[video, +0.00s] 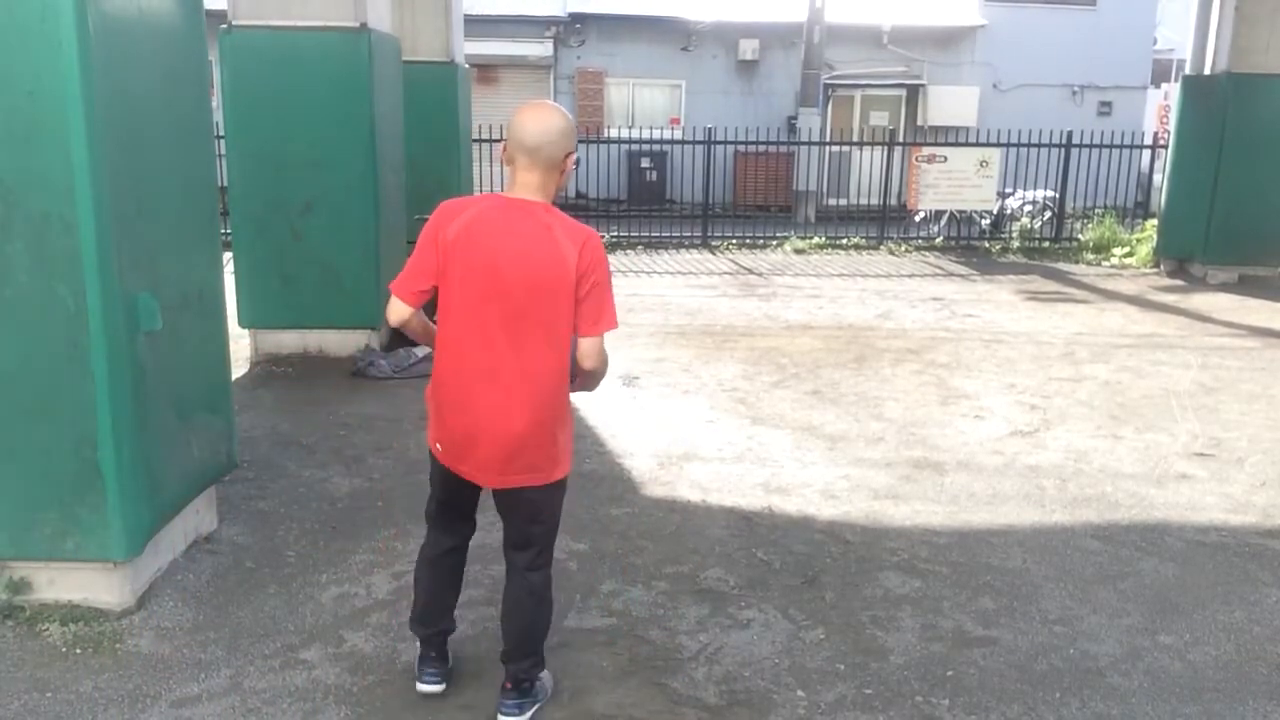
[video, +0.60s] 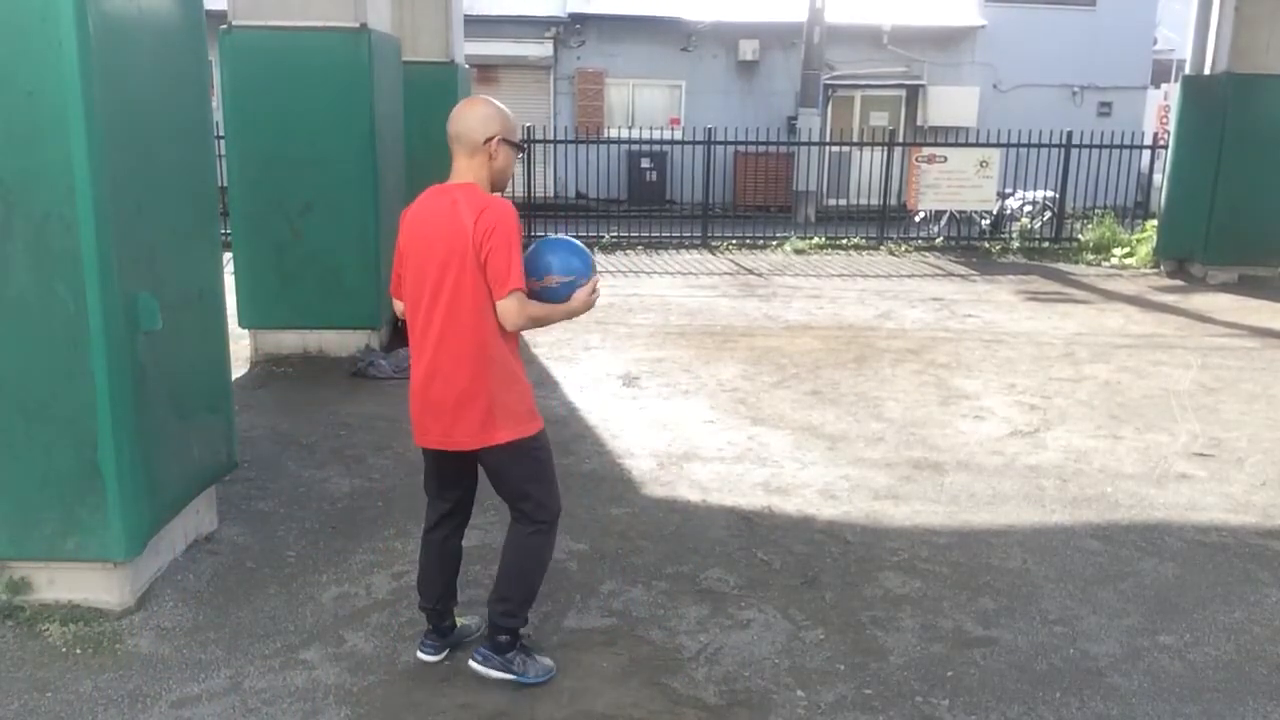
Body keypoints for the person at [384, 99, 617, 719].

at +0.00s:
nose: (573, 163)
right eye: (574, 156)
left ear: (504, 154)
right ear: (569, 165)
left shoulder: (452, 217)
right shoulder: (581, 243)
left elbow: (401, 311)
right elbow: (590, 361)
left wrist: (447, 343)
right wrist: (555, 373)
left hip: (457, 422)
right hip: (534, 433)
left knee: (445, 532)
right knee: (529, 558)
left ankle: (432, 659)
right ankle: (519, 683)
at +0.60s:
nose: (516, 161)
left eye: (516, 149)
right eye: (514, 148)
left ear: (461, 148)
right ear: (491, 146)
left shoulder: (416, 211)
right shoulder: (493, 212)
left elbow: (406, 305)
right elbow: (512, 314)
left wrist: (507, 291)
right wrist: (573, 307)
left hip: (433, 400)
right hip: (492, 401)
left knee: (444, 511)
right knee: (537, 510)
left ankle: (437, 630)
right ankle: (501, 642)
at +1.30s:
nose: (512, 176)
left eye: (514, 165)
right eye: (512, 163)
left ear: (458, 155)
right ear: (488, 158)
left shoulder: (418, 210)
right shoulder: (480, 220)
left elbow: (418, 280)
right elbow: (503, 318)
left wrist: (499, 262)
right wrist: (585, 328)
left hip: (434, 392)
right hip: (488, 392)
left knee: (463, 497)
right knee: (549, 476)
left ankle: (454, 614)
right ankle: (497, 592)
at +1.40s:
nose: (515, 181)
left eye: (517, 170)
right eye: (514, 168)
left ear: (467, 160)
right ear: (490, 162)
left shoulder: (419, 215)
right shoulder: (477, 223)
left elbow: (433, 287)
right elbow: (483, 322)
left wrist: (499, 273)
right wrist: (563, 359)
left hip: (433, 387)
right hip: (480, 383)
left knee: (464, 495)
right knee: (568, 429)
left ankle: (455, 614)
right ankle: (514, 539)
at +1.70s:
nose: (516, 164)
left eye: (517, 152)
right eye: (515, 151)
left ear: (463, 148)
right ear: (496, 149)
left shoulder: (424, 208)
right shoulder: (491, 214)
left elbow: (412, 288)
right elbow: (497, 311)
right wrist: (560, 378)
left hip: (440, 389)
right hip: (492, 387)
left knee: (465, 494)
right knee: (567, 465)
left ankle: (455, 616)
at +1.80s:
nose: (521, 174)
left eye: (520, 163)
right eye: (521, 163)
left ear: (465, 161)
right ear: (509, 163)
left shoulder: (426, 223)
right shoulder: (509, 230)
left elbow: (395, 303)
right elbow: (536, 328)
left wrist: (449, 330)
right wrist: (601, 375)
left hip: (461, 392)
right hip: (507, 401)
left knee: (506, 476)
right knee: (526, 512)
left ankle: (480, 557)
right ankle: (485, 630)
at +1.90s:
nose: (526, 175)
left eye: (524, 165)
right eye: (526, 165)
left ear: (469, 162)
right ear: (515, 165)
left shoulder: (424, 226)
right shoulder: (518, 232)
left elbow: (386, 310)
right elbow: (553, 325)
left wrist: (409, 361)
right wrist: (614, 362)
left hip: (463, 384)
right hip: (510, 396)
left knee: (564, 346)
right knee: (528, 507)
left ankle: (514, 470)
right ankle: (484, 630)